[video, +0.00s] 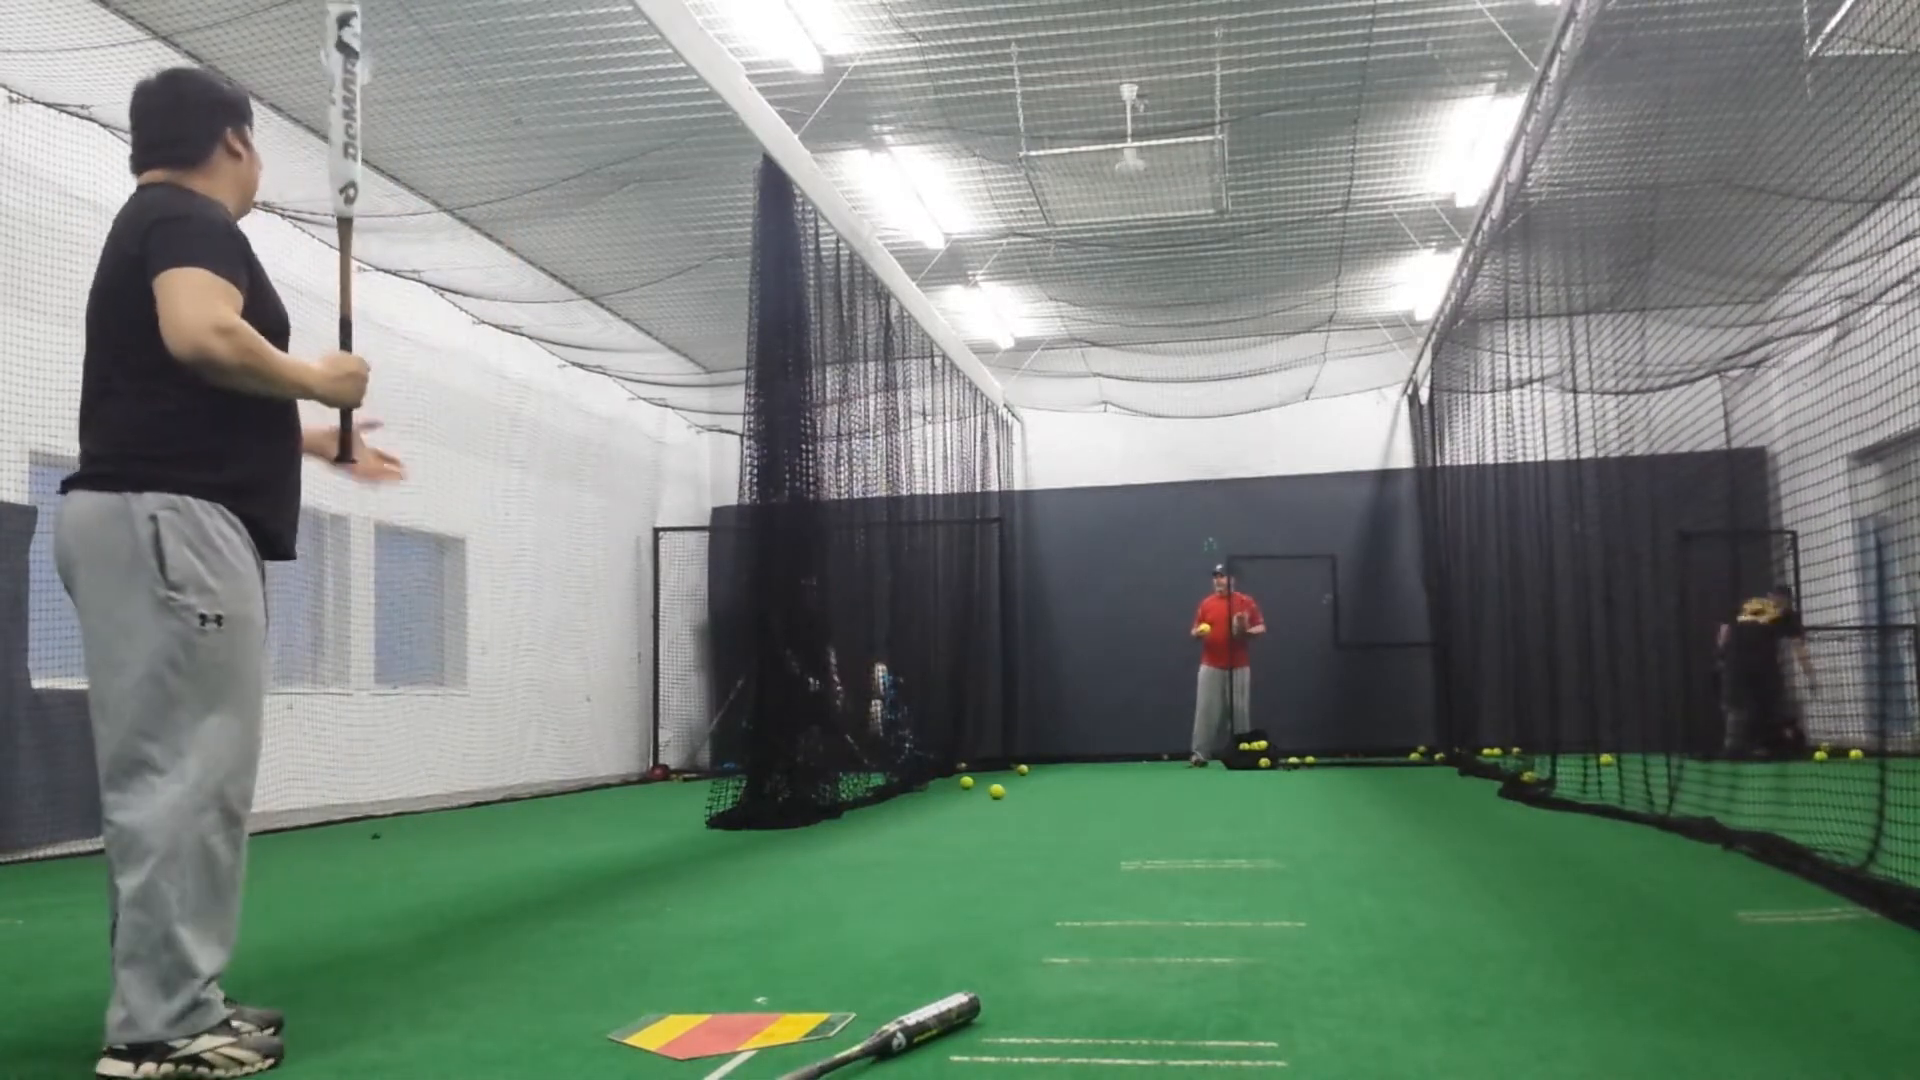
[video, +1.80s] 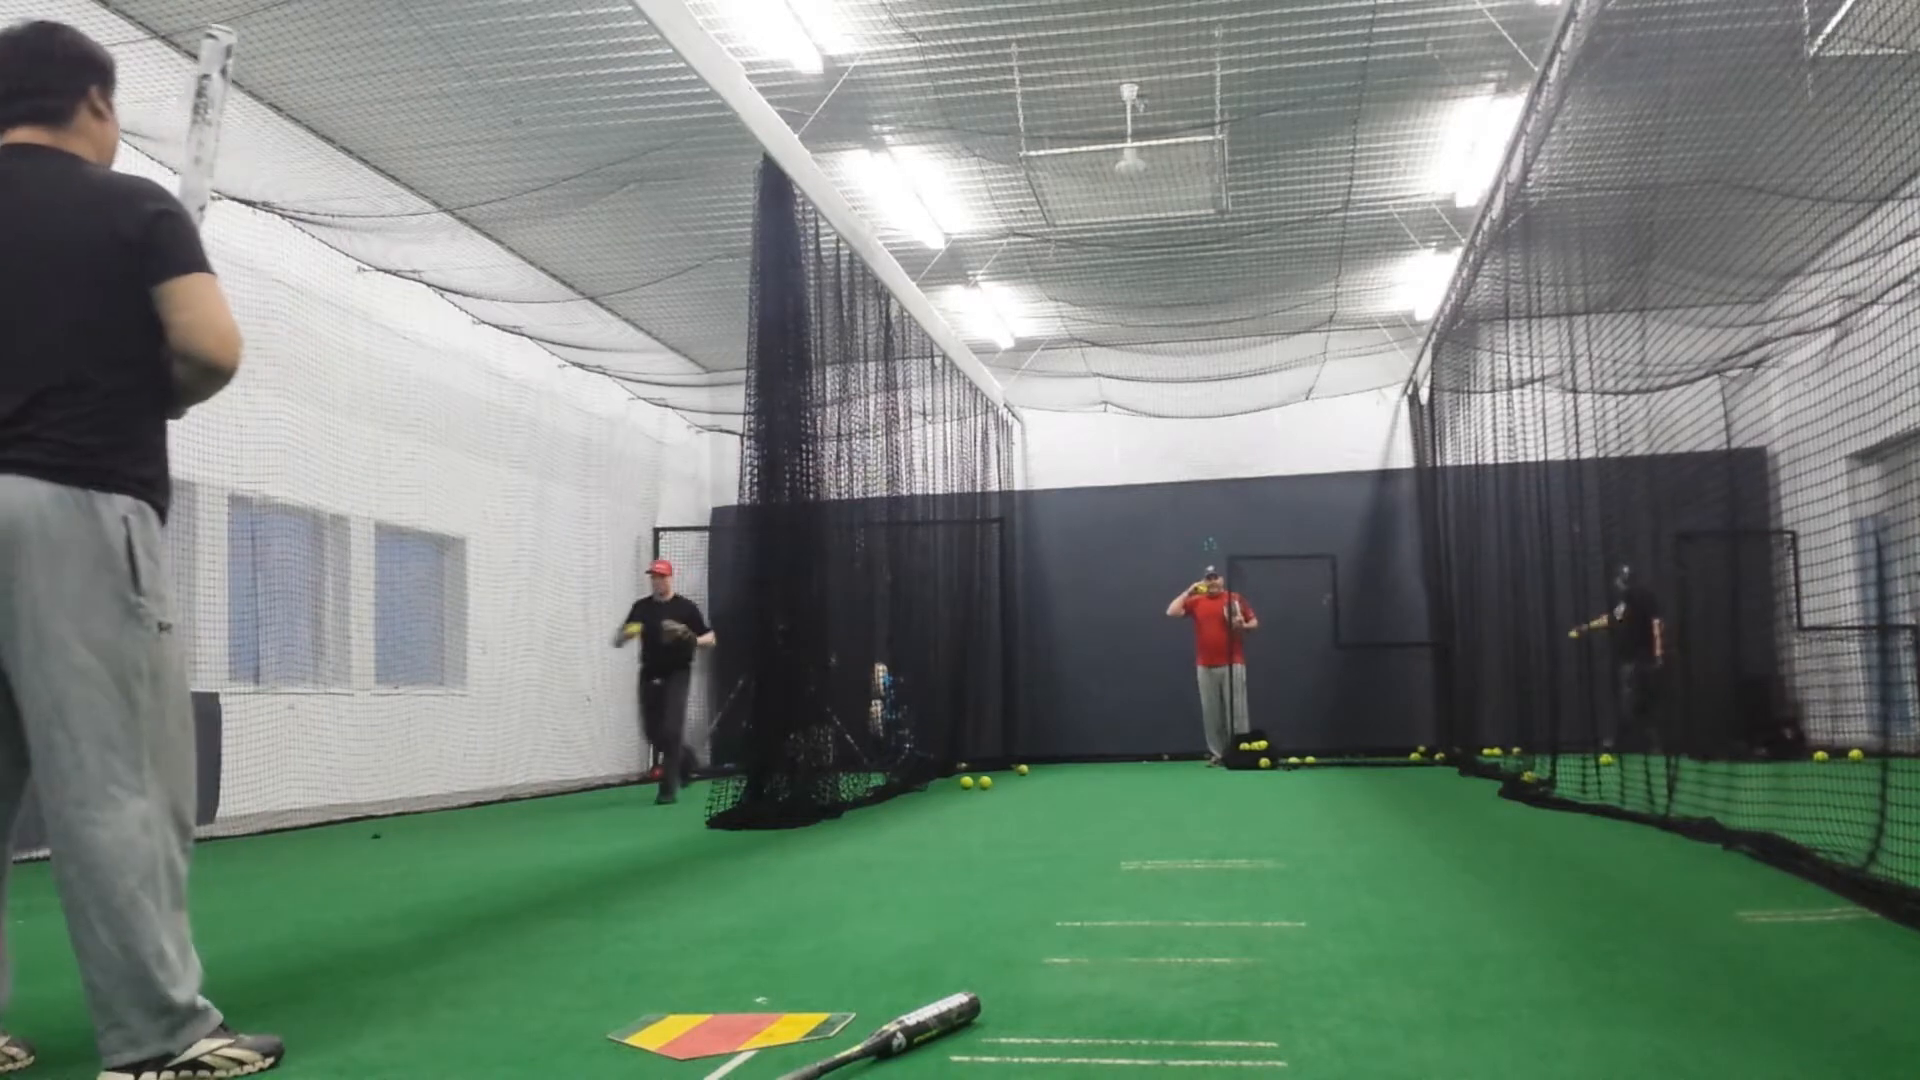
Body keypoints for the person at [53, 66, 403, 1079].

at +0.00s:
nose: (261, 165)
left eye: (254, 147)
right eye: (255, 146)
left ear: (160, 149)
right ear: (230, 142)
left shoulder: (157, 225)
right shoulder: (188, 217)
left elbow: (193, 400)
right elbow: (197, 334)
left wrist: (316, 440)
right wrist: (314, 377)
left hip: (139, 522)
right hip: (167, 526)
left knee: (165, 771)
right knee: (189, 772)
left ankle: (170, 1000)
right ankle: (162, 1020)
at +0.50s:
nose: (259, 127)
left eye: (254, 110)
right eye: (255, 109)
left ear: (148, 114)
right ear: (231, 107)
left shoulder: (89, 217)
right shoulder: (237, 201)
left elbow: (83, 370)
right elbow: (274, 332)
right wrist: (339, 382)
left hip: (85, 510)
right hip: (185, 515)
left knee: (144, 768)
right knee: (190, 776)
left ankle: (175, 994)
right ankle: (157, 1031)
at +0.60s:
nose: (260, 123)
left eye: (256, 106)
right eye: (257, 106)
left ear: (147, 108)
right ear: (234, 104)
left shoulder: (81, 212)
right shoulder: (247, 203)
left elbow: (52, 370)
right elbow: (290, 337)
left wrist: (106, 444)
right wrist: (344, 385)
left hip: (73, 510)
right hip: (182, 516)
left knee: (132, 769)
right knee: (186, 773)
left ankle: (167, 992)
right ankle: (156, 1033)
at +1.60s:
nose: (163, 120)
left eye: (158, 103)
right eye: (159, 103)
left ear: (38, 109)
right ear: (137, 101)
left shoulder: (2, 194)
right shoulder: (182, 204)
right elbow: (260, 349)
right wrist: (198, 397)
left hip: (5, 510)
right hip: (113, 511)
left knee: (6, 787)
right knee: (145, 779)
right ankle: (159, 1035)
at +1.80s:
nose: (118, 130)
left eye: (113, 113)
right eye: (113, 112)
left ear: (11, 109)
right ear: (87, 104)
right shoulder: (127, 205)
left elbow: (207, 350)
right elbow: (213, 349)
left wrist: (135, 387)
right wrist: (144, 396)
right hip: (64, 509)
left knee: (12, 790)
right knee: (114, 777)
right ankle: (156, 1032)